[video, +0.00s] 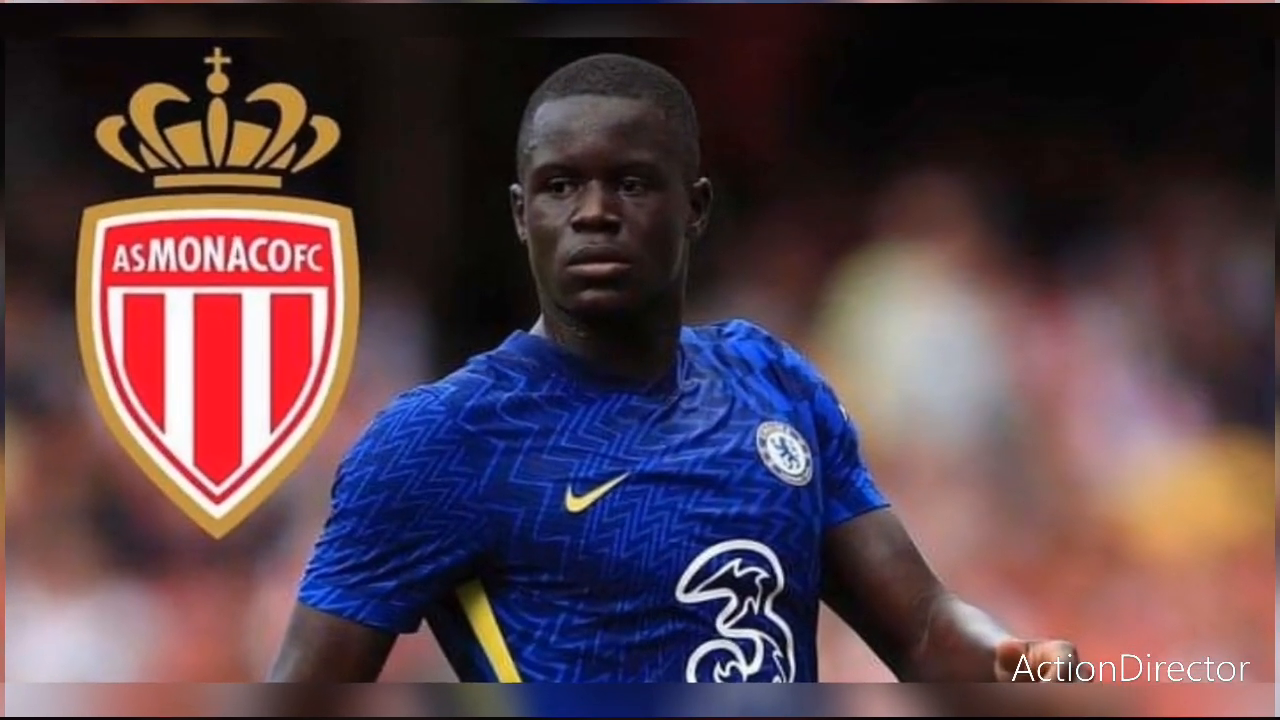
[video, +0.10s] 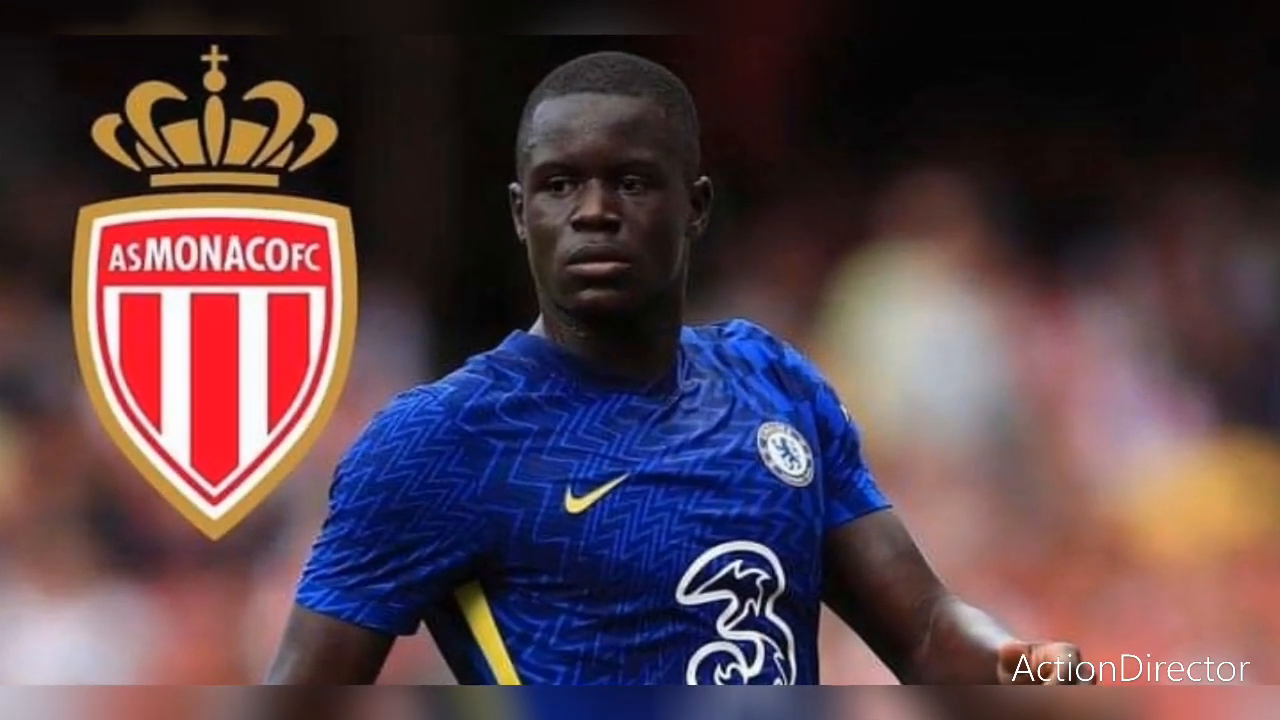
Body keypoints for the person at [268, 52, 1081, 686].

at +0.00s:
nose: (596, 210)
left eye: (634, 181)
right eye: (561, 183)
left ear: (696, 210)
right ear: (523, 217)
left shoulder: (769, 385)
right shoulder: (434, 444)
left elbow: (920, 626)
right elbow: (304, 690)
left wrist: (1016, 671)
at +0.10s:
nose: (596, 209)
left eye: (633, 178)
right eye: (560, 181)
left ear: (697, 208)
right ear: (522, 215)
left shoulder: (770, 384)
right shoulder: (432, 445)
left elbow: (920, 625)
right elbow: (302, 691)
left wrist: (1019, 674)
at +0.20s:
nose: (596, 208)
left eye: (633, 178)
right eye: (560, 180)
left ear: (697, 209)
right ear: (522, 214)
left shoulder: (770, 384)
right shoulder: (432, 445)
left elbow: (920, 624)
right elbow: (302, 691)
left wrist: (1021, 674)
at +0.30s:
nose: (596, 209)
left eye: (633, 178)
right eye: (560, 181)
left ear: (697, 208)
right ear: (522, 215)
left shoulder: (770, 384)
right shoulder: (432, 445)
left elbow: (920, 625)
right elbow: (302, 691)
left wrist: (1019, 674)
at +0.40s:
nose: (596, 208)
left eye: (633, 178)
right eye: (560, 180)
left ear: (697, 209)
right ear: (522, 214)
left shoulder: (770, 384)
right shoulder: (432, 445)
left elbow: (920, 624)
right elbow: (302, 691)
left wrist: (1021, 674)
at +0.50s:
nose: (596, 209)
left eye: (633, 178)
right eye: (560, 181)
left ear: (697, 208)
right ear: (522, 215)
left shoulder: (770, 384)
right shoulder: (432, 445)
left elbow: (920, 625)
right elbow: (302, 691)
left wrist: (1019, 674)